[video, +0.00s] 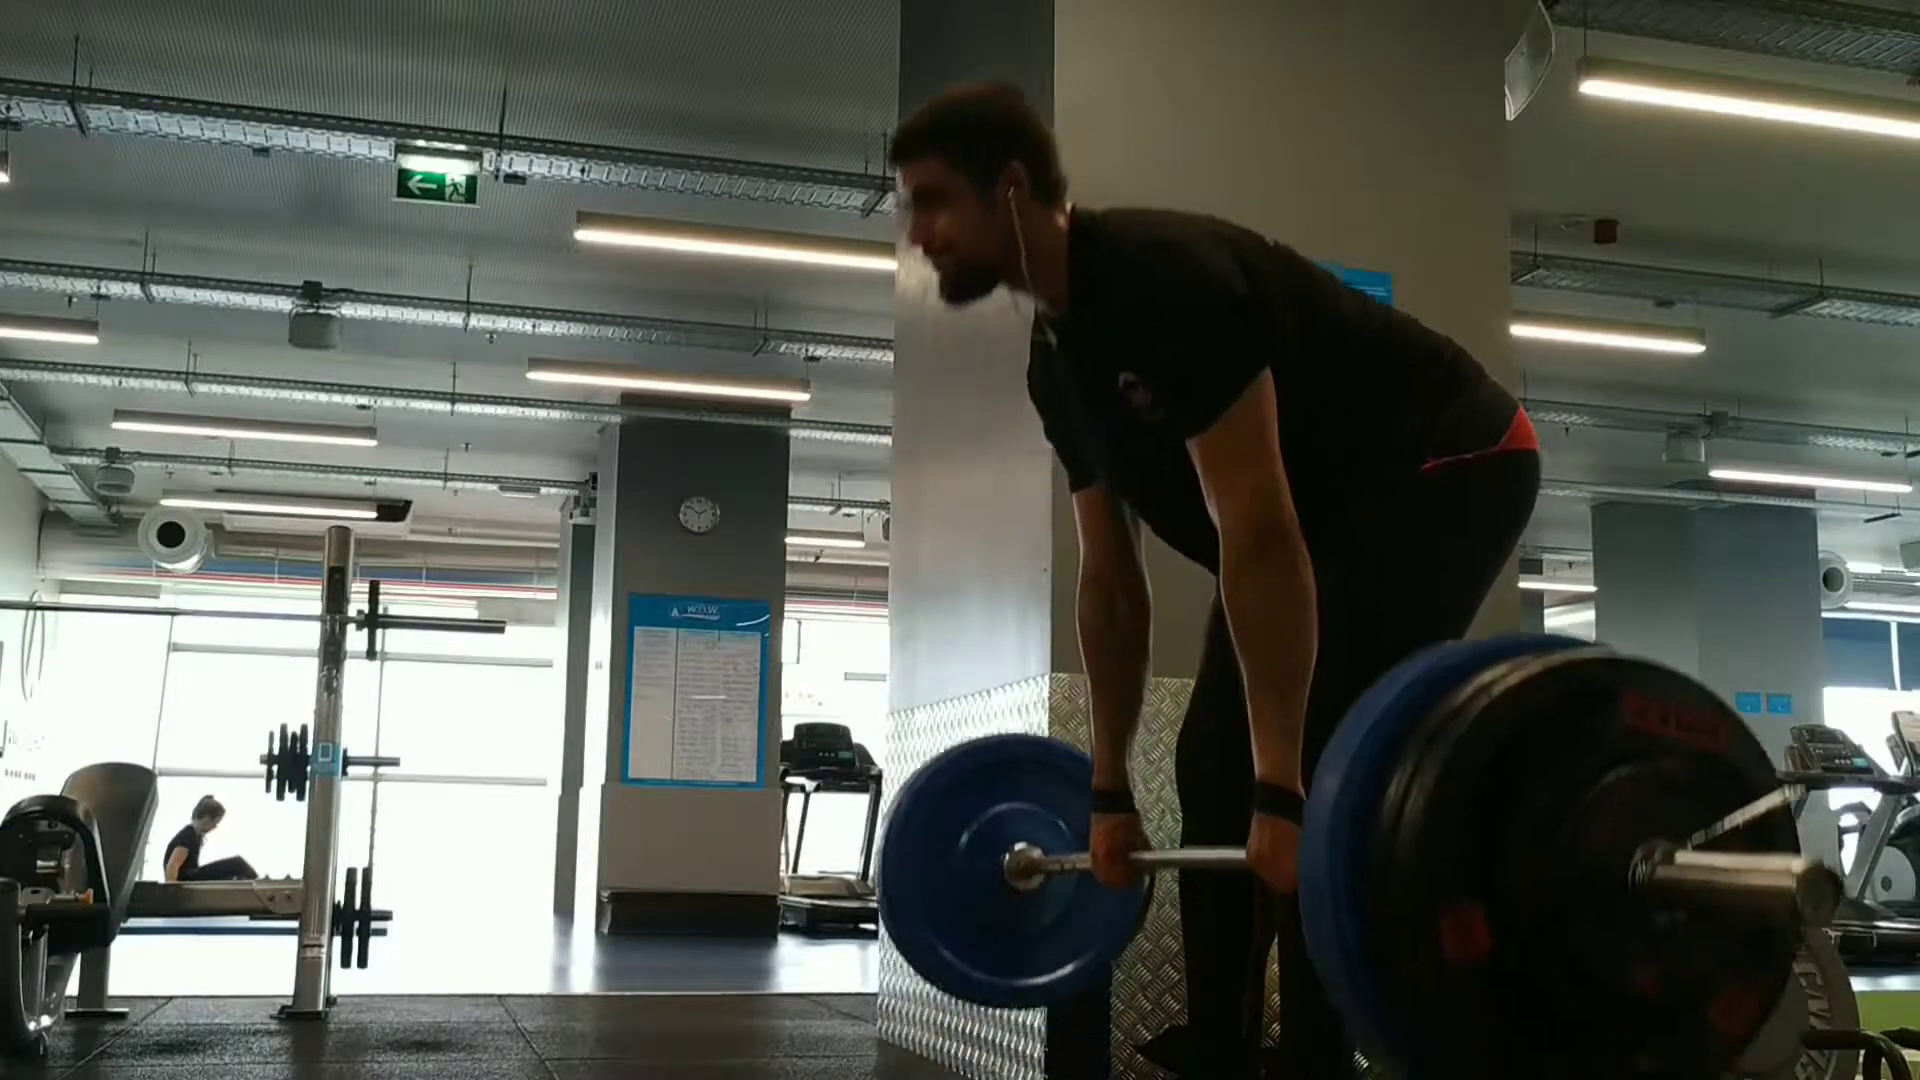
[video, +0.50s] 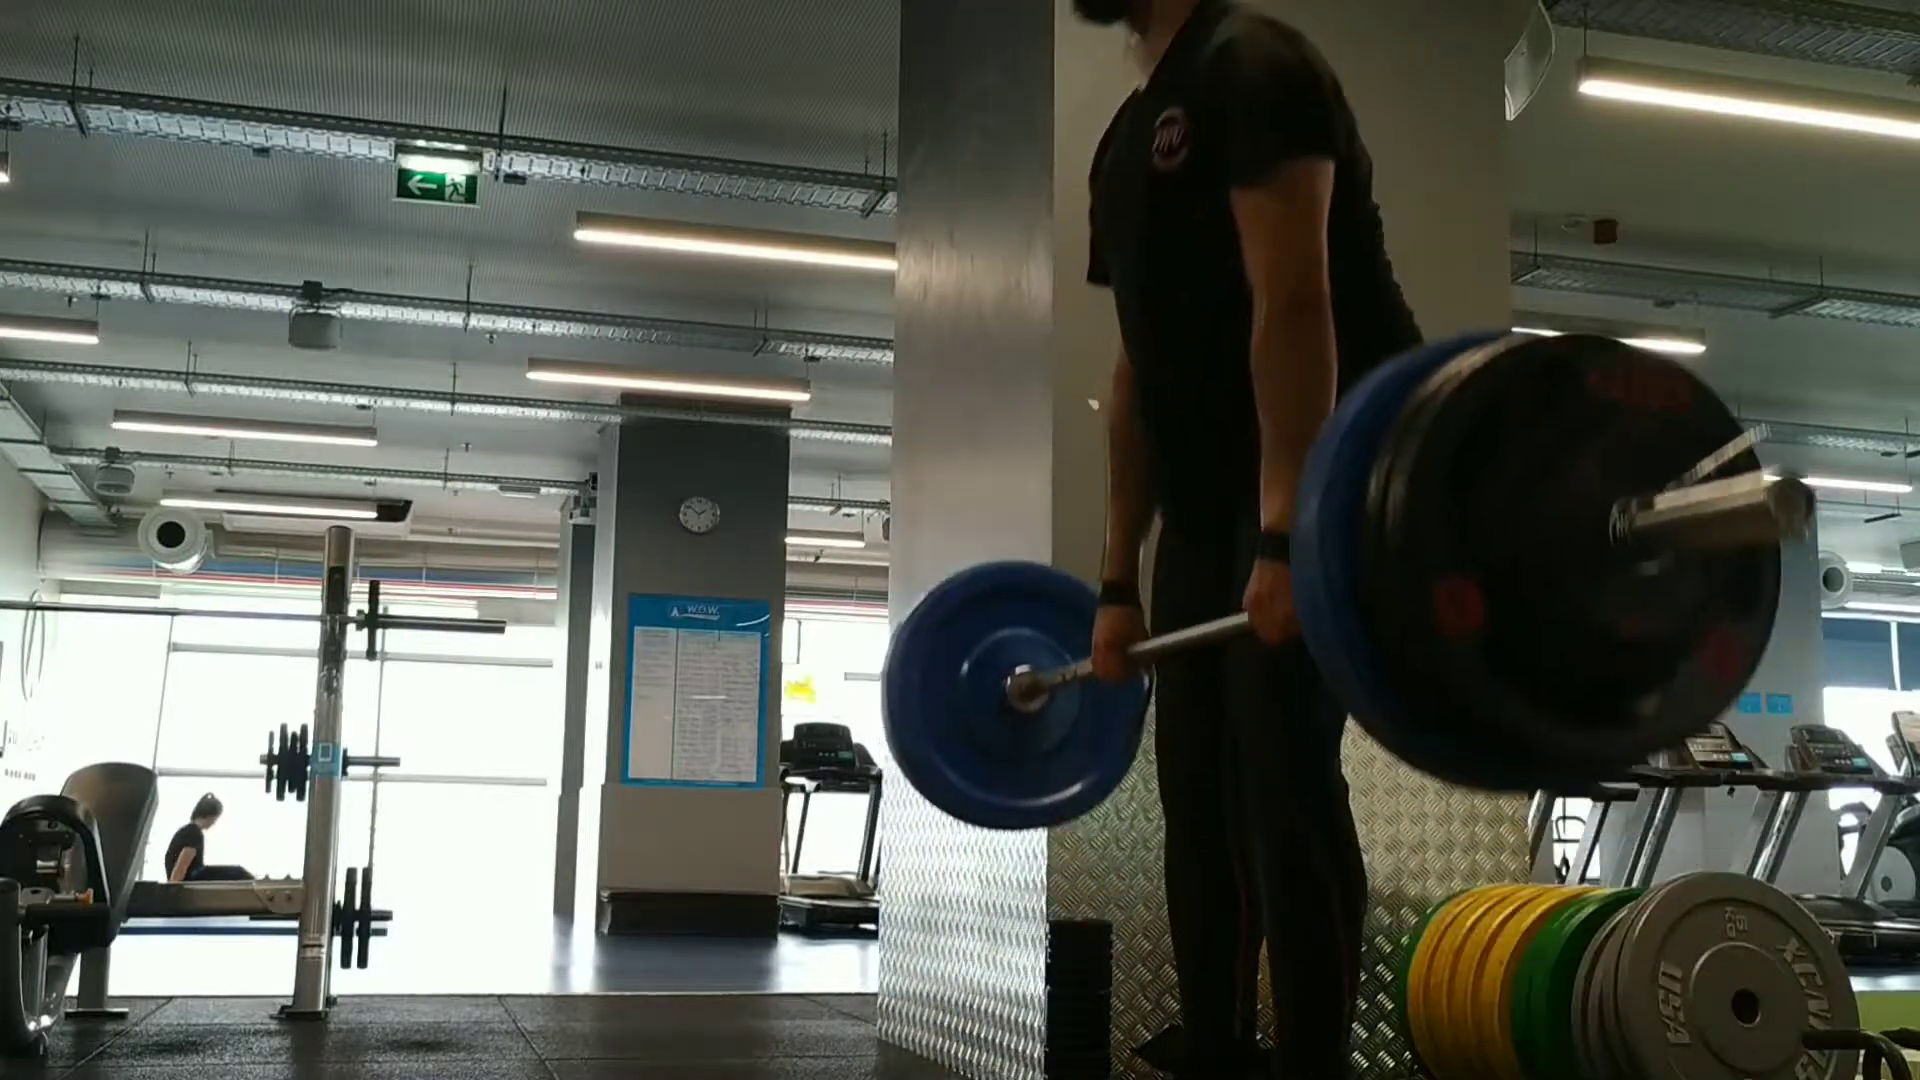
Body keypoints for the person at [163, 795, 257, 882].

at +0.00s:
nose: (215, 827)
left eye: (217, 823)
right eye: (215, 822)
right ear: (206, 818)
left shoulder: (196, 836)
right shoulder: (189, 836)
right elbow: (172, 866)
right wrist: (171, 891)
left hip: (192, 876)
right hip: (186, 879)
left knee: (235, 869)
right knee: (237, 862)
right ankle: (259, 886)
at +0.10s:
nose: (215, 826)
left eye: (217, 822)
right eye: (215, 821)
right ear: (206, 818)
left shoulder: (195, 836)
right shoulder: (189, 835)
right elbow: (172, 866)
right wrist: (171, 891)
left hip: (191, 876)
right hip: (186, 878)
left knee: (237, 865)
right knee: (237, 864)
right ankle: (259, 889)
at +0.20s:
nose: (216, 826)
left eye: (217, 822)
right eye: (216, 821)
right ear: (208, 818)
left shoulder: (195, 835)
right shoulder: (190, 835)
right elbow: (174, 866)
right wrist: (171, 892)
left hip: (192, 875)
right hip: (186, 878)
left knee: (237, 865)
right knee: (237, 865)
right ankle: (261, 890)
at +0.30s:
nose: (215, 824)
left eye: (217, 821)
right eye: (215, 820)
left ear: (200, 814)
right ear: (208, 817)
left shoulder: (194, 833)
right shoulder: (192, 833)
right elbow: (176, 866)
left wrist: (172, 892)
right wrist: (172, 892)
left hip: (191, 875)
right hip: (187, 878)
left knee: (237, 866)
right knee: (237, 867)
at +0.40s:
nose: (215, 822)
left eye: (217, 819)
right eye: (216, 818)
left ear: (199, 812)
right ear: (209, 816)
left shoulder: (194, 832)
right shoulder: (193, 832)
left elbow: (181, 864)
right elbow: (180, 864)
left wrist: (171, 890)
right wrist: (171, 890)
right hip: (188, 877)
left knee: (237, 869)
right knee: (237, 870)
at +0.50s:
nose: (215, 822)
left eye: (216, 819)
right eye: (215, 818)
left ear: (198, 811)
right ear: (210, 816)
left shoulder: (188, 831)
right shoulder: (194, 833)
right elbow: (181, 867)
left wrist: (170, 891)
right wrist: (171, 892)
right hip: (191, 878)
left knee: (237, 871)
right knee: (238, 871)